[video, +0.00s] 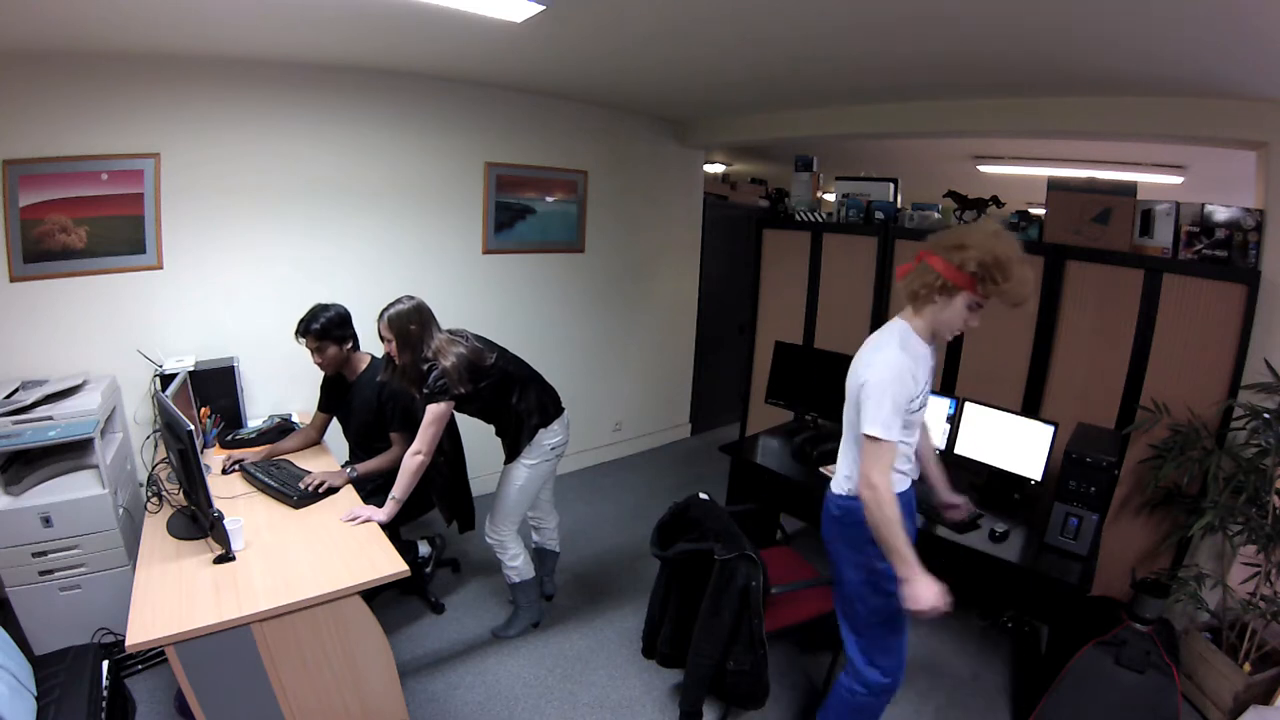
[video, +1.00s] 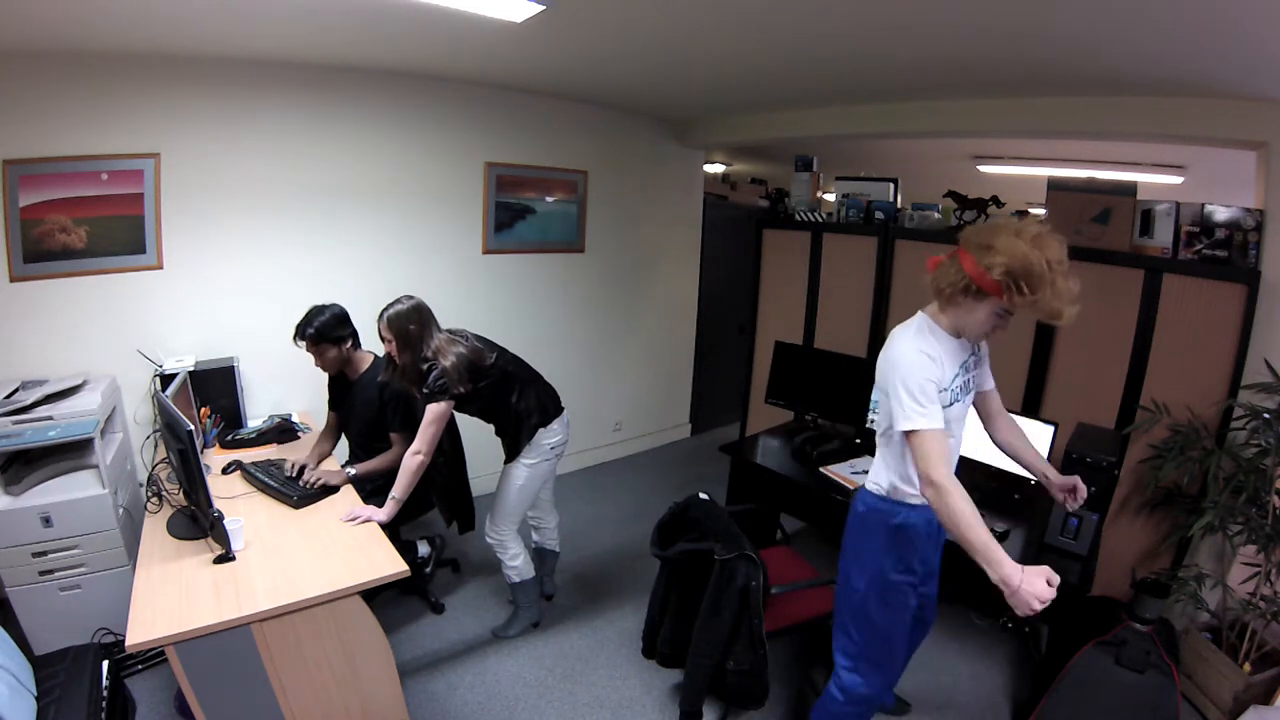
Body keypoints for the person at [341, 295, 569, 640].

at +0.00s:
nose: (386, 349)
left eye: (389, 341)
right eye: (384, 341)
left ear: (411, 338)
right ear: (420, 331)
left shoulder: (444, 369)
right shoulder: (450, 340)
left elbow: (420, 452)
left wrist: (388, 509)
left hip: (539, 433)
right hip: (547, 421)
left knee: (500, 530)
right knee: (541, 507)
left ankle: (528, 607)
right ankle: (546, 581)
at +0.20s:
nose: (387, 350)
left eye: (389, 341)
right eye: (384, 341)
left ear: (410, 338)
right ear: (420, 331)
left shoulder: (444, 369)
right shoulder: (450, 340)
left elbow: (420, 452)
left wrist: (388, 509)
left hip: (538, 433)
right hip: (547, 421)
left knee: (500, 530)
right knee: (541, 507)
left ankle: (528, 607)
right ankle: (546, 581)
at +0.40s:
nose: (386, 349)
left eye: (388, 341)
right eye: (384, 340)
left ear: (410, 338)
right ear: (420, 330)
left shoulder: (443, 369)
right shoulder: (450, 340)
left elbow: (420, 452)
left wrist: (388, 509)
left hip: (538, 434)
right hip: (547, 421)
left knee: (500, 531)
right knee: (541, 506)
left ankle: (528, 608)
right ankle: (546, 580)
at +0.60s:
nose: (387, 349)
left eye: (389, 341)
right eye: (384, 341)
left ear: (410, 338)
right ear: (420, 330)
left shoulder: (443, 369)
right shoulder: (450, 340)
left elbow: (420, 452)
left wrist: (388, 509)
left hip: (538, 434)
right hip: (548, 421)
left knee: (500, 530)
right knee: (541, 507)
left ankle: (528, 608)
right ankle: (546, 580)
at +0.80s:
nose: (386, 349)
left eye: (389, 341)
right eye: (384, 340)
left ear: (411, 338)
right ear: (420, 330)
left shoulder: (443, 369)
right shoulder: (450, 340)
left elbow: (420, 452)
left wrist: (388, 509)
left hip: (538, 433)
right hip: (547, 421)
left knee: (500, 530)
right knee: (541, 507)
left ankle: (528, 608)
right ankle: (546, 580)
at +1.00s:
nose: (386, 349)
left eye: (389, 341)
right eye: (384, 341)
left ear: (410, 338)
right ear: (420, 330)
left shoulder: (443, 369)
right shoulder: (450, 340)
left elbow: (420, 452)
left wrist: (388, 509)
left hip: (538, 433)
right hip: (547, 421)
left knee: (500, 530)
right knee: (541, 507)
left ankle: (527, 608)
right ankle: (546, 580)